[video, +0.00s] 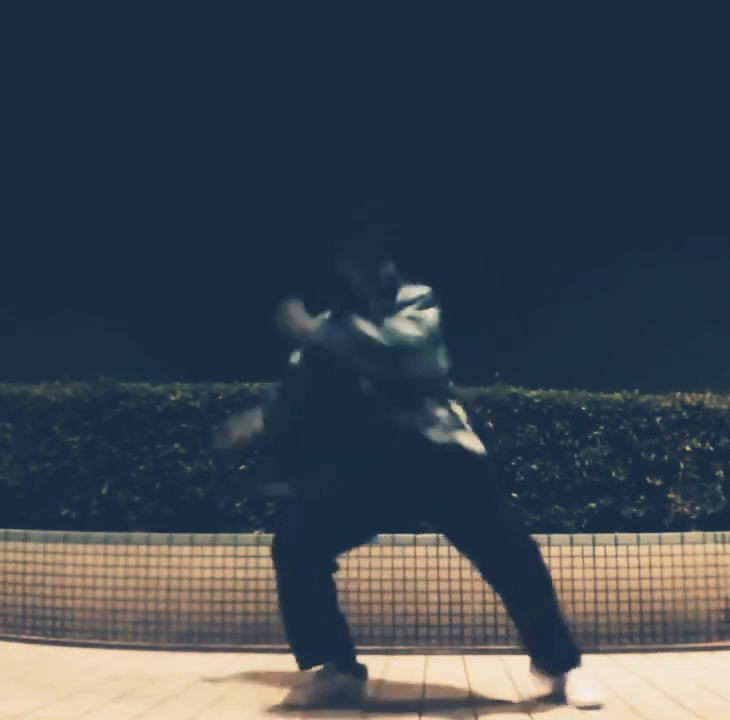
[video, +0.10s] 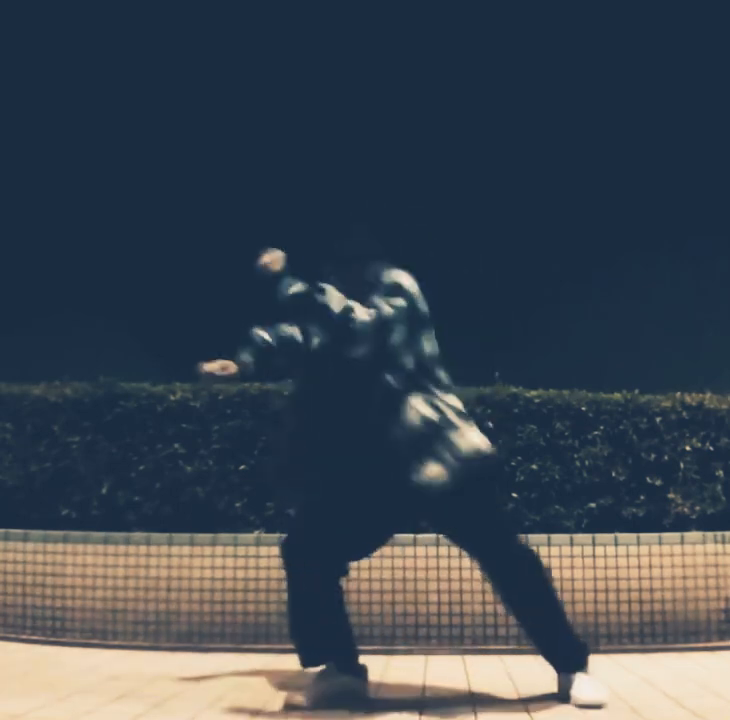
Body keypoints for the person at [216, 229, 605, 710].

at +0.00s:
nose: (365, 274)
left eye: (373, 263)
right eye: (353, 266)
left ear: (389, 264)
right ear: (341, 274)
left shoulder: (419, 302)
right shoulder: (331, 326)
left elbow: (396, 346)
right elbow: (295, 389)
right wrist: (255, 420)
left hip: (444, 462)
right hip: (363, 468)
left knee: (506, 547)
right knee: (295, 547)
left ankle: (563, 669)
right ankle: (335, 670)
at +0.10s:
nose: (333, 277)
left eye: (340, 264)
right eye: (327, 271)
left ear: (358, 257)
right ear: (324, 273)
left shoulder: (398, 285)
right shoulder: (320, 318)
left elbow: (363, 330)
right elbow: (294, 336)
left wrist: (285, 282)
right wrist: (243, 360)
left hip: (440, 456)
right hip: (365, 469)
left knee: (502, 552)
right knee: (308, 553)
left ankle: (572, 668)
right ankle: (340, 671)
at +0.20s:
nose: (339, 258)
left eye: (345, 244)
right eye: (330, 250)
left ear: (359, 237)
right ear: (324, 254)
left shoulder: (398, 266)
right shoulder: (320, 286)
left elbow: (371, 327)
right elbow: (282, 331)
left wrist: (296, 302)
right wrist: (227, 357)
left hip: (424, 440)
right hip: (350, 447)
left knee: (473, 546)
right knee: (306, 550)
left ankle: (550, 663)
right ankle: (338, 670)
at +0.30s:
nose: (331, 233)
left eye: (339, 221)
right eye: (321, 224)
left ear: (359, 216)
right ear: (309, 226)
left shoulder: (394, 250)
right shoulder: (305, 268)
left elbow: (414, 322)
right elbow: (262, 321)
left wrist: (354, 329)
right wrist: (217, 359)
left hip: (402, 430)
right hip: (331, 436)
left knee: (433, 540)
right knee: (306, 544)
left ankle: (478, 661)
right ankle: (335, 668)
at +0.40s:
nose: (324, 228)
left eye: (333, 217)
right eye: (313, 219)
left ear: (354, 210)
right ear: (299, 219)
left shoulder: (395, 254)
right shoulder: (283, 257)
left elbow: (455, 288)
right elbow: (242, 309)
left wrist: (502, 305)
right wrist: (229, 340)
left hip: (367, 425)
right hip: (300, 428)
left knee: (352, 536)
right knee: (300, 540)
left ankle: (352, 664)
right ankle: (317, 666)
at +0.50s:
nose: (314, 229)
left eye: (322, 217)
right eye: (305, 221)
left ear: (344, 210)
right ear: (295, 218)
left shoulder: (395, 252)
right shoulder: (278, 253)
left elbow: (470, 278)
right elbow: (231, 309)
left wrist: (535, 290)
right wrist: (264, 328)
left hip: (357, 423)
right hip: (292, 419)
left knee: (298, 533)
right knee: (295, 535)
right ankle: (332, 666)